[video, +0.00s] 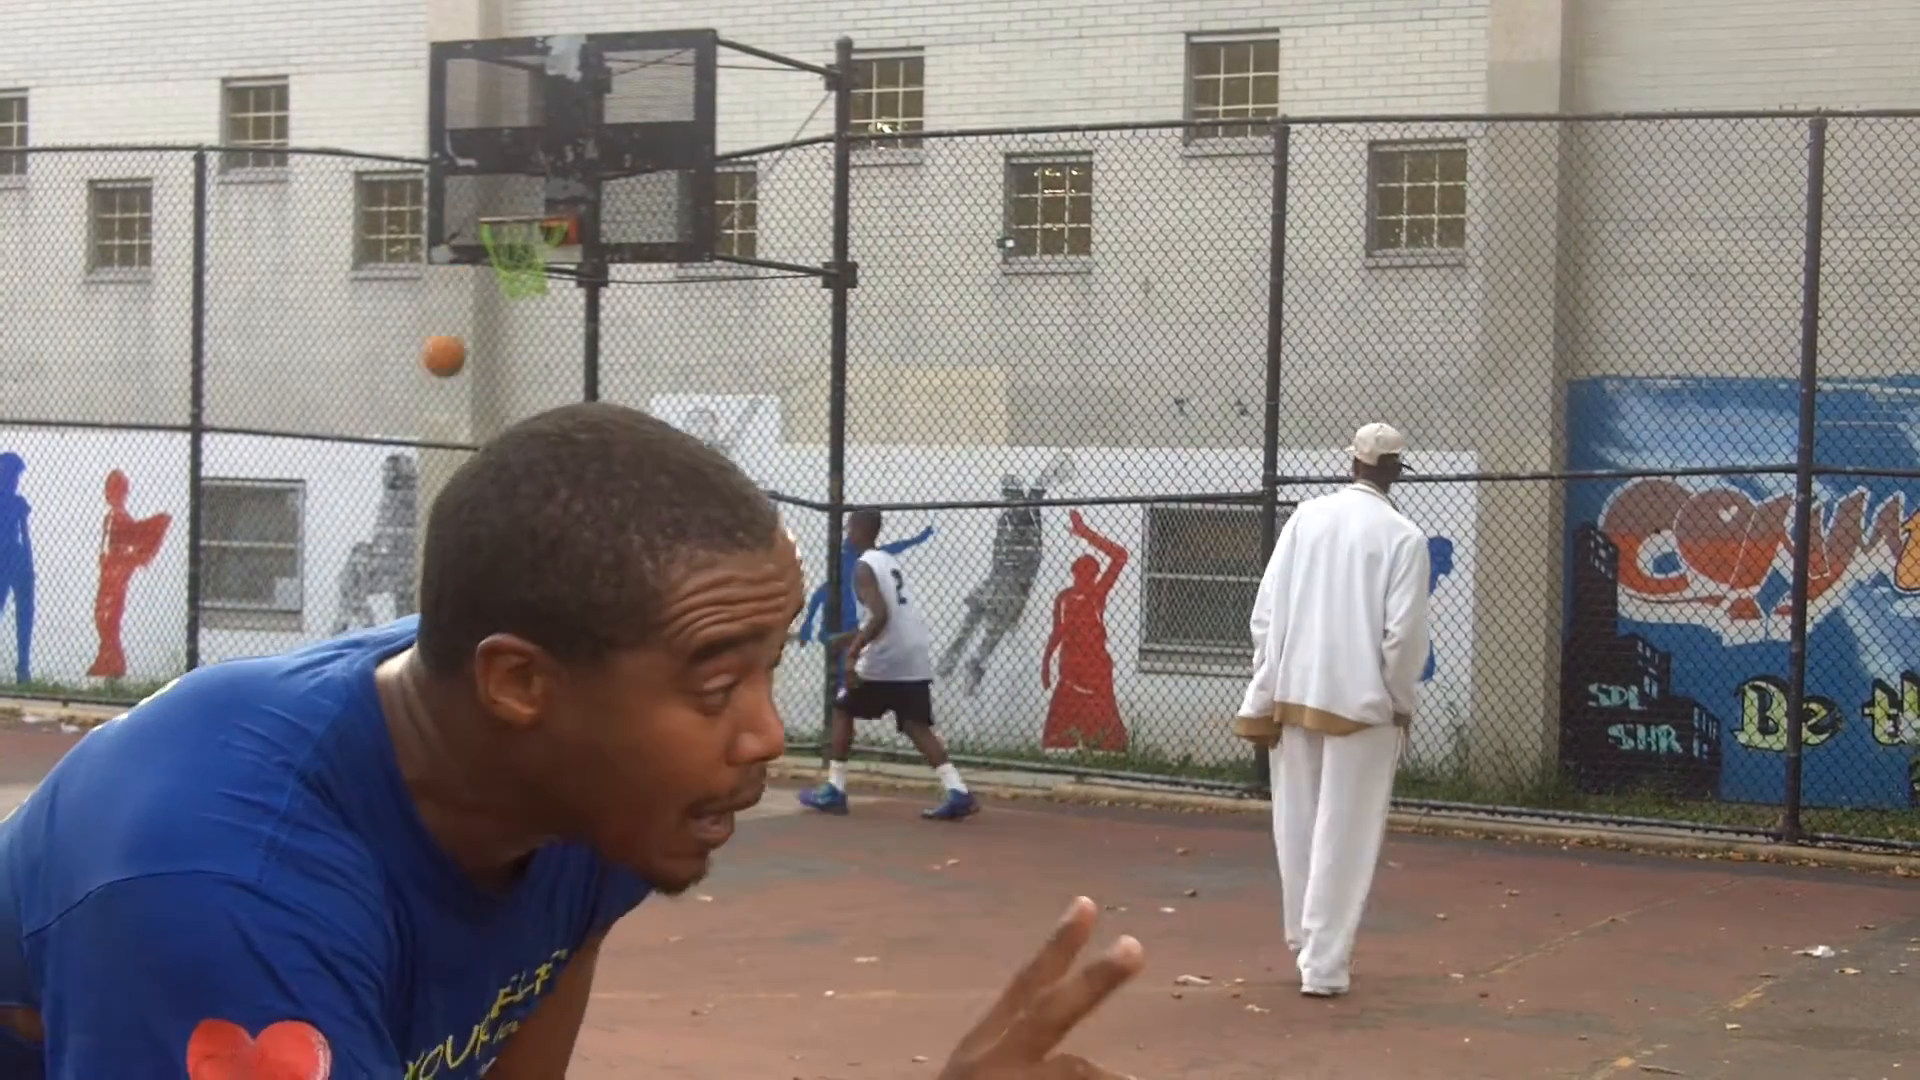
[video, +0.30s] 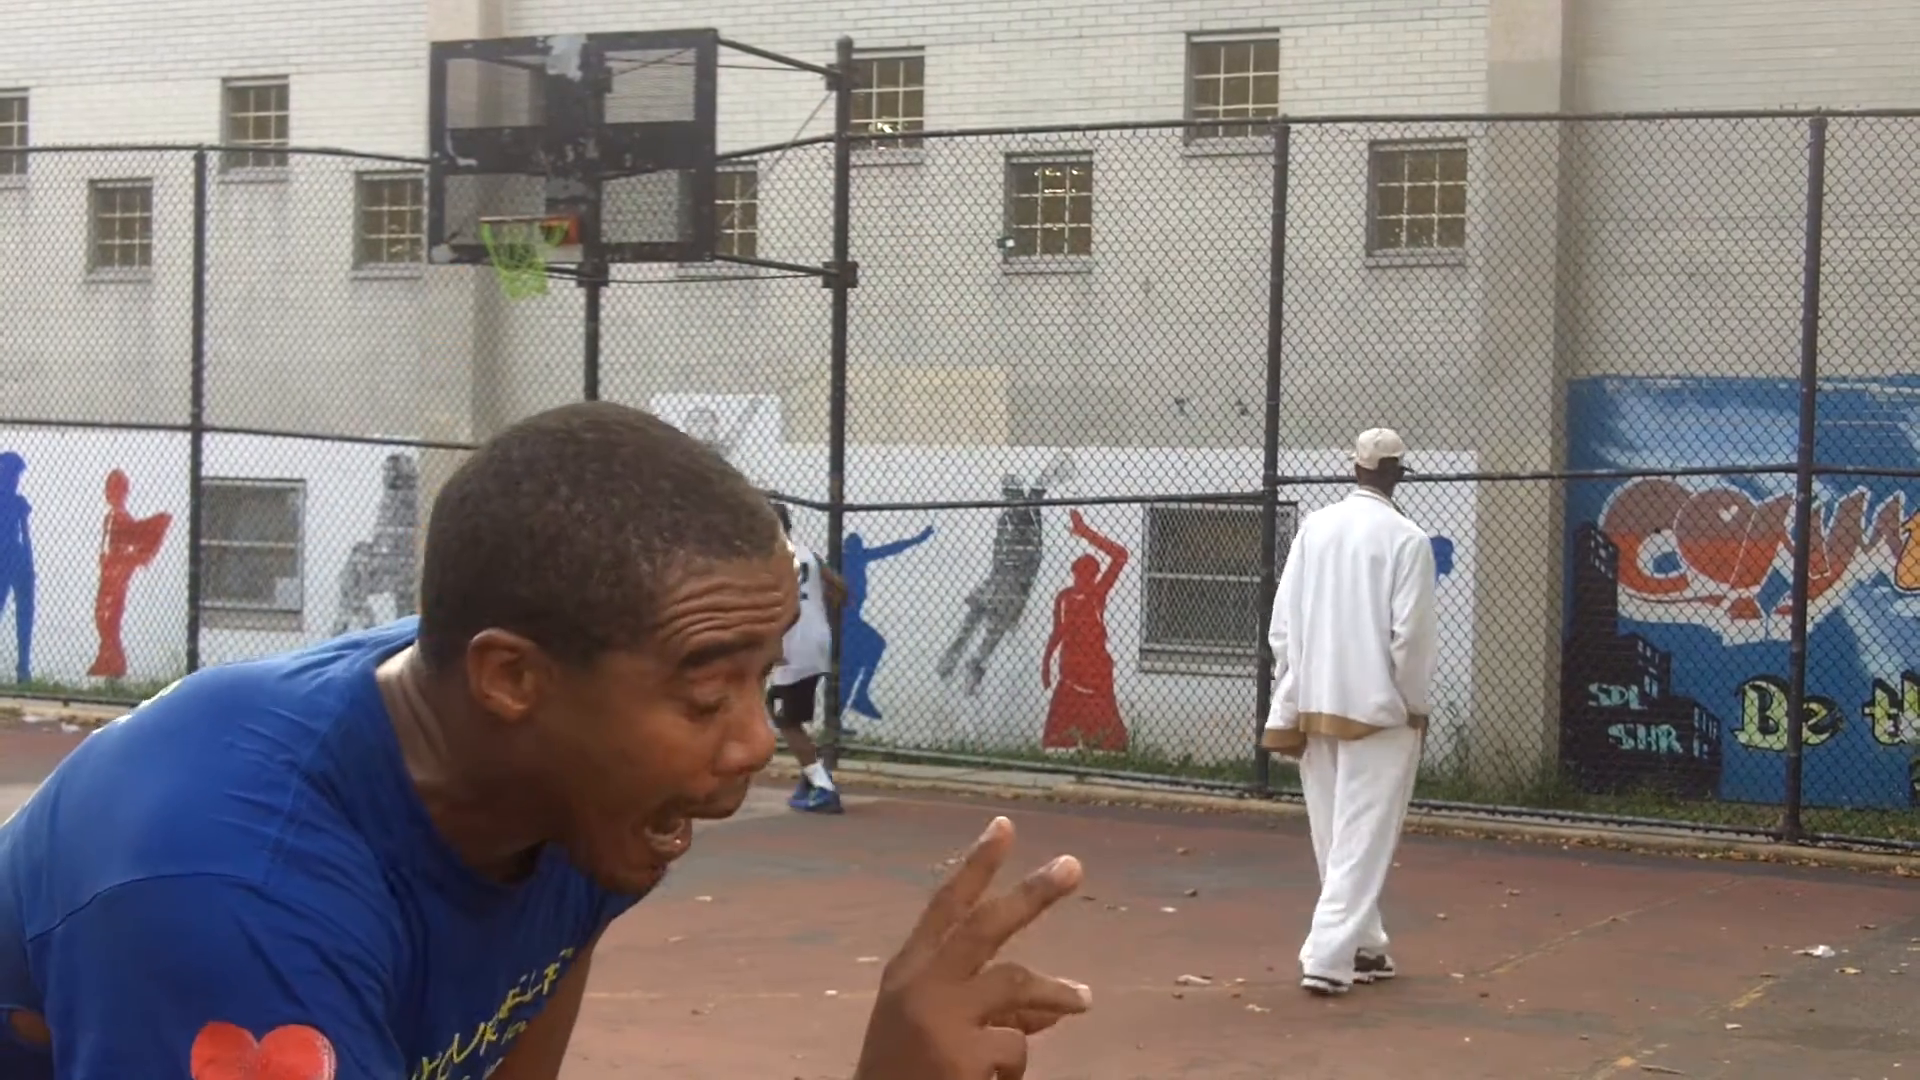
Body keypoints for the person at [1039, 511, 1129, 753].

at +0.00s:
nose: (1085, 578)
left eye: (1090, 573)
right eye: (1081, 572)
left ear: (1096, 575)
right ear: (1074, 572)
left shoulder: (1099, 593)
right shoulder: (1063, 598)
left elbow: (1120, 557)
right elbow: (1058, 632)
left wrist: (1086, 533)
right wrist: (1046, 661)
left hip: (1096, 659)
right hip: (1071, 659)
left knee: (1099, 706)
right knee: (1066, 706)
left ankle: (1105, 749)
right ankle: (1060, 748)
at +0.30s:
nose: (1084, 578)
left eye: (1089, 573)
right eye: (1081, 572)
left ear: (1095, 575)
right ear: (1074, 572)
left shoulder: (1099, 592)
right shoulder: (1064, 596)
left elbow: (1120, 556)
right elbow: (1058, 631)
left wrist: (1085, 532)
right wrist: (1046, 661)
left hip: (1097, 661)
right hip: (1071, 661)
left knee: (1100, 709)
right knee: (1065, 709)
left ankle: (1109, 749)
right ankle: (1059, 749)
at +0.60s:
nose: (1085, 577)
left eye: (1090, 572)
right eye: (1081, 571)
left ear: (1096, 575)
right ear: (1075, 572)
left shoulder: (1100, 592)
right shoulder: (1064, 596)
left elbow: (1121, 556)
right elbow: (1059, 631)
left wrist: (1086, 532)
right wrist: (1047, 660)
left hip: (1098, 659)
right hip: (1072, 659)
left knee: (1101, 707)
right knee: (1066, 707)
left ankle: (1110, 748)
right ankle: (1058, 748)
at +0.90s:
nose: (1083, 577)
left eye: (1088, 572)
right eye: (1079, 571)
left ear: (1094, 574)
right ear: (1073, 571)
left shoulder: (1098, 591)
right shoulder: (1062, 596)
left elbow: (1119, 555)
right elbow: (1056, 630)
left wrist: (1085, 532)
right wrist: (1045, 661)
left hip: (1095, 658)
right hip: (1070, 658)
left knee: (1099, 707)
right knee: (1064, 707)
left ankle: (1108, 747)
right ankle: (1057, 747)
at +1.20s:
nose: (1084, 576)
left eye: (1089, 572)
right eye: (1081, 571)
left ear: (1096, 574)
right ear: (1074, 571)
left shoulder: (1100, 591)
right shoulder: (1065, 595)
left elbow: (1122, 555)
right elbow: (1059, 630)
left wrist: (1088, 532)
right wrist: (1047, 660)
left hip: (1098, 658)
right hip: (1072, 658)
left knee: (1101, 705)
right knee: (1067, 706)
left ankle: (1111, 746)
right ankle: (1060, 746)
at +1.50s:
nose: (1085, 576)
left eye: (1090, 571)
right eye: (1081, 571)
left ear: (1096, 574)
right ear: (1075, 570)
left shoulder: (1101, 590)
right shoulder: (1065, 595)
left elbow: (1122, 554)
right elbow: (1059, 630)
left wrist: (1088, 531)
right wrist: (1048, 660)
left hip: (1098, 657)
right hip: (1072, 657)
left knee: (1101, 705)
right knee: (1067, 705)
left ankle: (1111, 745)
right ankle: (1061, 744)